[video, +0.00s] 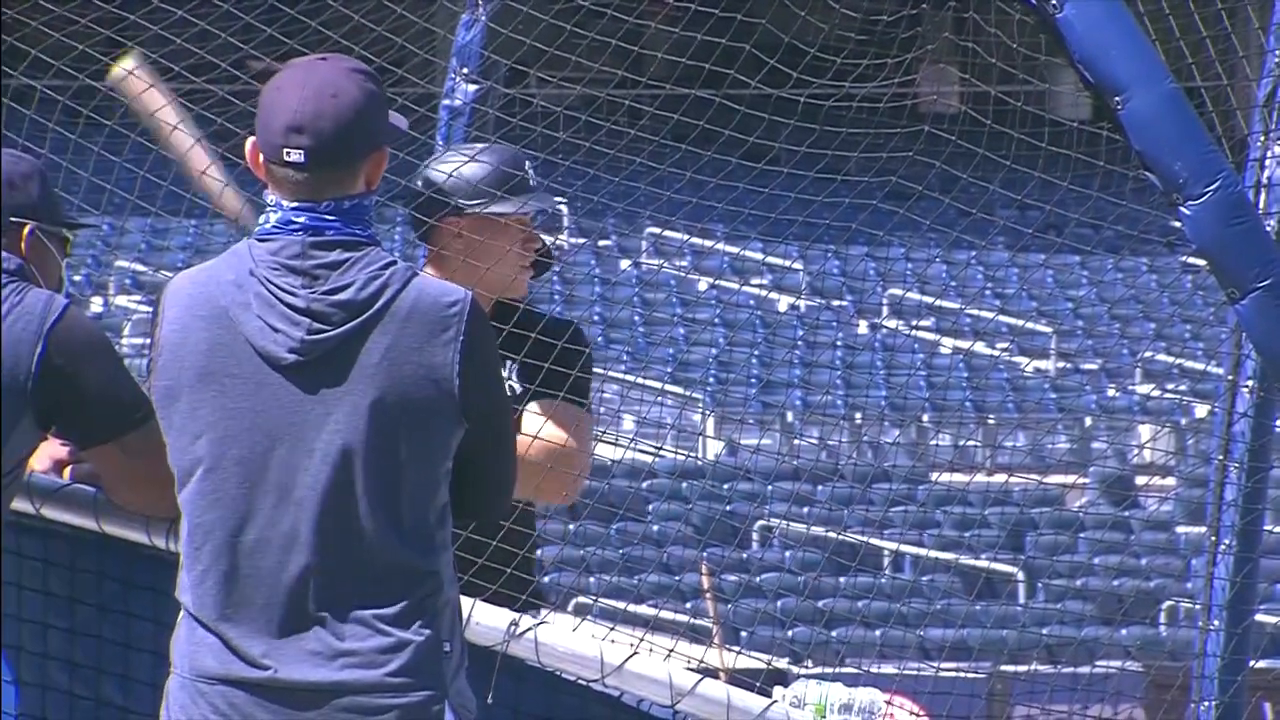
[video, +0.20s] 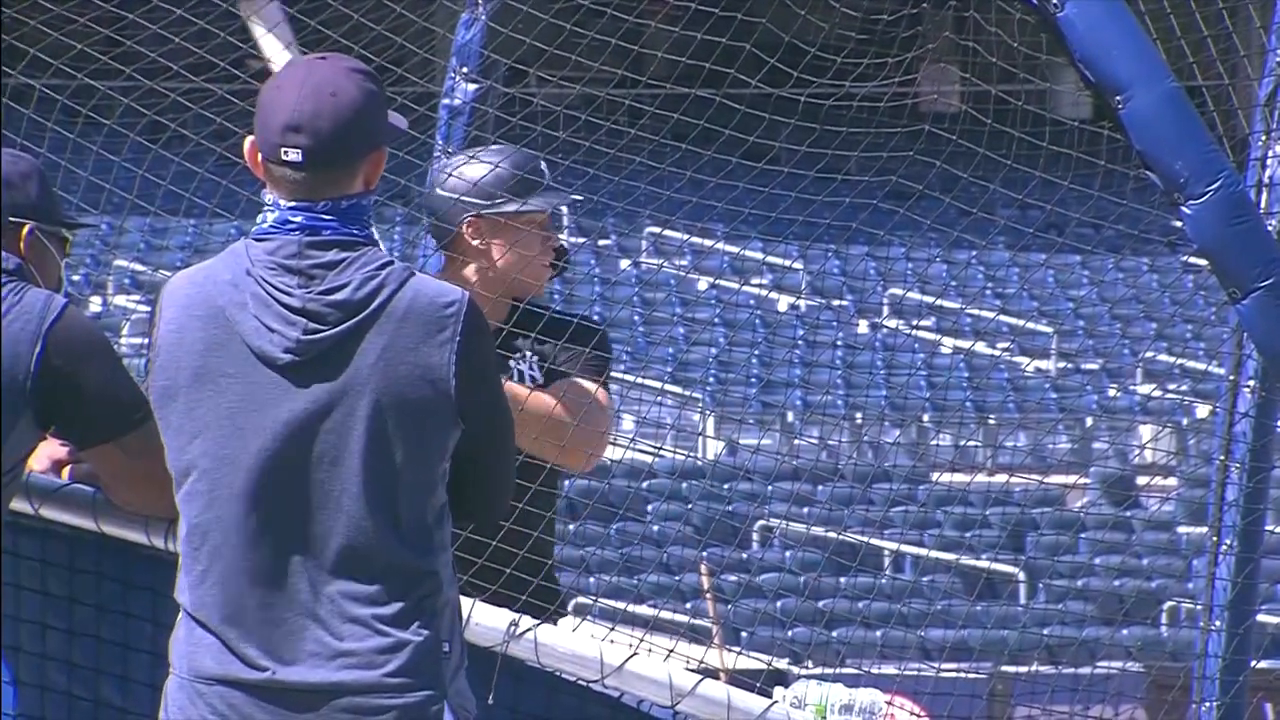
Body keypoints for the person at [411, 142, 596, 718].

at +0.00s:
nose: (537, 241)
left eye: (533, 225)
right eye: (519, 224)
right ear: (454, 231)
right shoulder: (382, 319)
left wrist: (431, 433)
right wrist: (521, 432)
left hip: (495, 601)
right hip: (377, 587)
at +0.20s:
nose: (557, 243)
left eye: (552, 226)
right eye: (539, 226)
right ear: (475, 234)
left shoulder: (567, 338)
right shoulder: (403, 321)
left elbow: (583, 445)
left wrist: (457, 381)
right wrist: (556, 421)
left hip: (519, 610)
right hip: (405, 598)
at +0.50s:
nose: (568, 242)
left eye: (563, 224)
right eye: (551, 224)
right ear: (488, 231)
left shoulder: (575, 338)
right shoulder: (401, 314)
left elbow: (587, 423)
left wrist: (468, 320)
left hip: (509, 615)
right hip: (392, 600)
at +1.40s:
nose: (546, 258)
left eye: (543, 238)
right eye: (527, 237)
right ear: (451, 240)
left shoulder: (551, 363)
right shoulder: (364, 323)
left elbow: (533, 450)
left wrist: (410, 315)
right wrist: (351, 281)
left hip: (455, 635)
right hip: (325, 613)